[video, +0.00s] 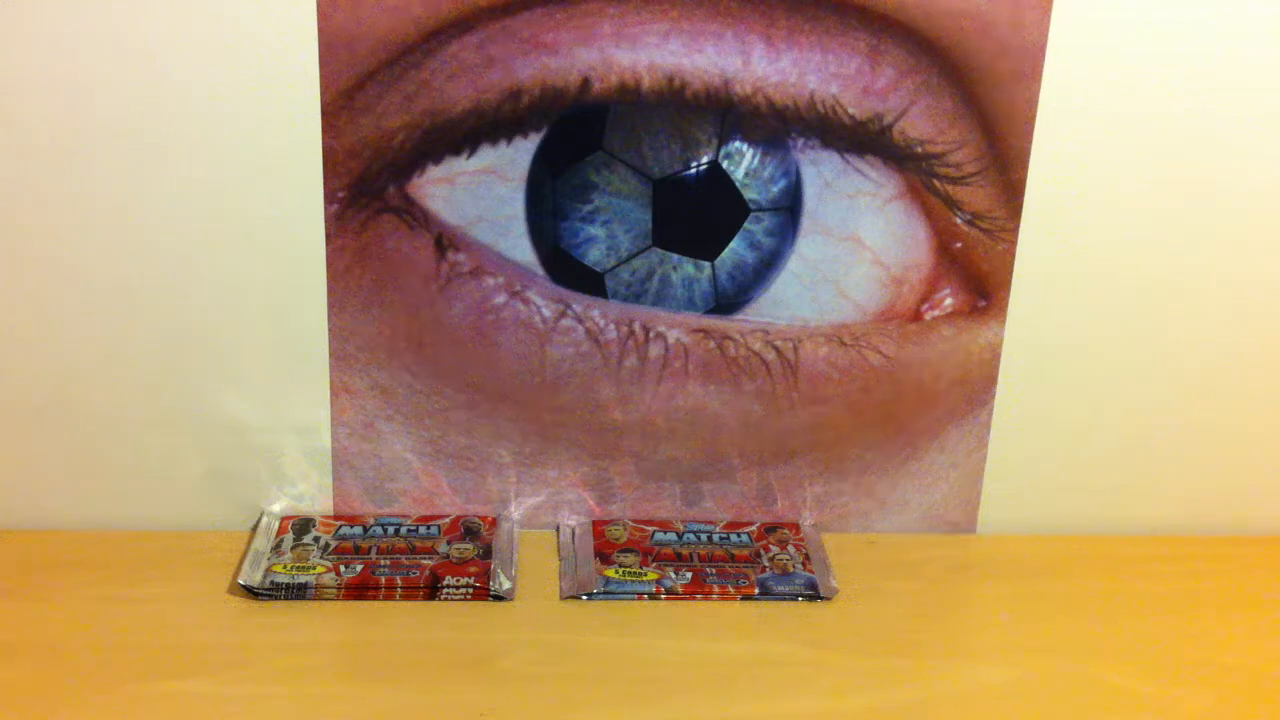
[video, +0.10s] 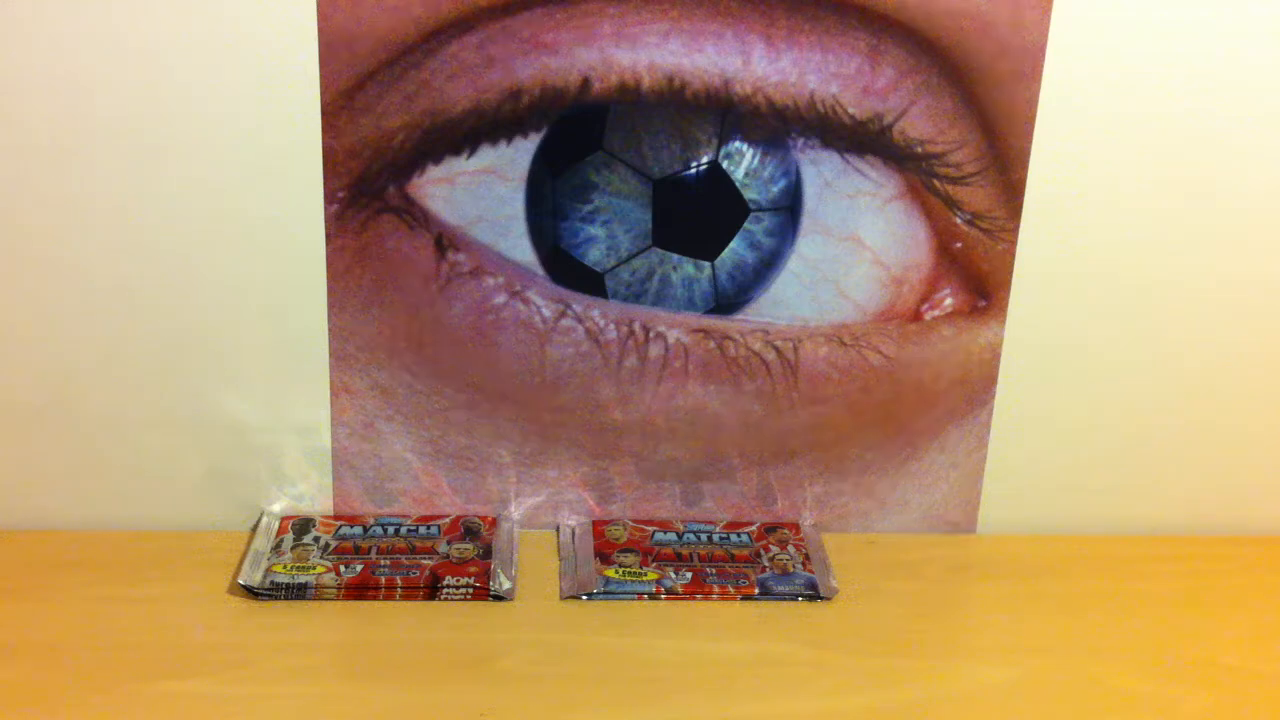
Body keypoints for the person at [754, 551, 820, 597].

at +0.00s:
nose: (785, 563)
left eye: (788, 560)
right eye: (780, 560)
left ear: (792, 562)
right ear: (773, 563)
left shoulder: (809, 579)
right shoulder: (763, 580)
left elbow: (821, 601)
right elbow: (760, 604)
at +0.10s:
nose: (785, 563)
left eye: (788, 560)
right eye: (780, 560)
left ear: (792, 562)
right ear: (773, 563)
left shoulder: (809, 579)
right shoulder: (763, 580)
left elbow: (821, 601)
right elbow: (760, 604)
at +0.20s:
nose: (785, 563)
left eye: (788, 560)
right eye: (780, 560)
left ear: (792, 562)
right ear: (773, 563)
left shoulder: (809, 579)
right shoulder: (763, 580)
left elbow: (821, 601)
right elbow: (760, 604)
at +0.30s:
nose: (785, 563)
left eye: (788, 560)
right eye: (780, 560)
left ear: (792, 562)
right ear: (773, 563)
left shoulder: (809, 579)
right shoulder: (763, 580)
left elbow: (821, 601)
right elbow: (760, 604)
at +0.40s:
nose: (785, 562)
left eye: (788, 560)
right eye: (780, 560)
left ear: (792, 562)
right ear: (773, 563)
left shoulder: (809, 579)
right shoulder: (763, 580)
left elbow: (821, 601)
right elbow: (760, 604)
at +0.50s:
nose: (785, 563)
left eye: (787, 560)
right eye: (780, 560)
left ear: (792, 563)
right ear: (773, 563)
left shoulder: (809, 579)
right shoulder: (763, 580)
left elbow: (818, 603)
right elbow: (760, 604)